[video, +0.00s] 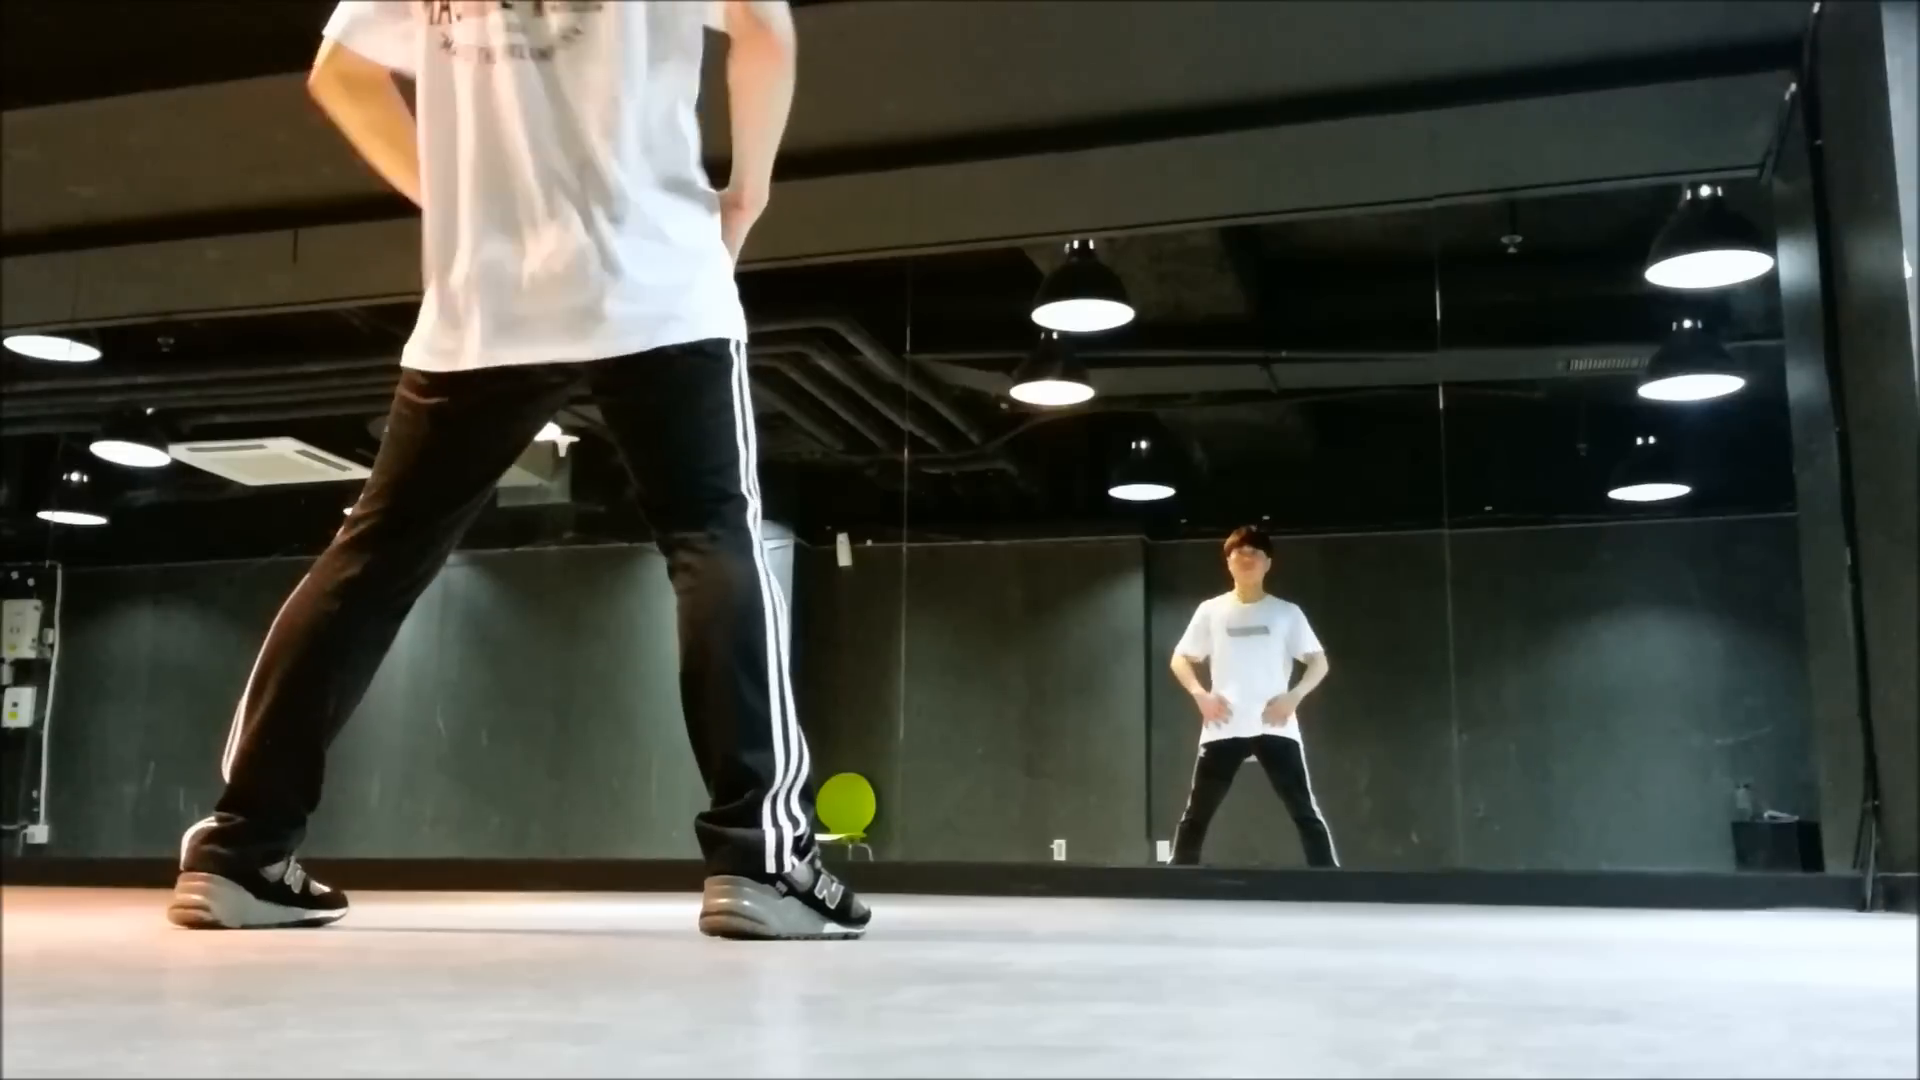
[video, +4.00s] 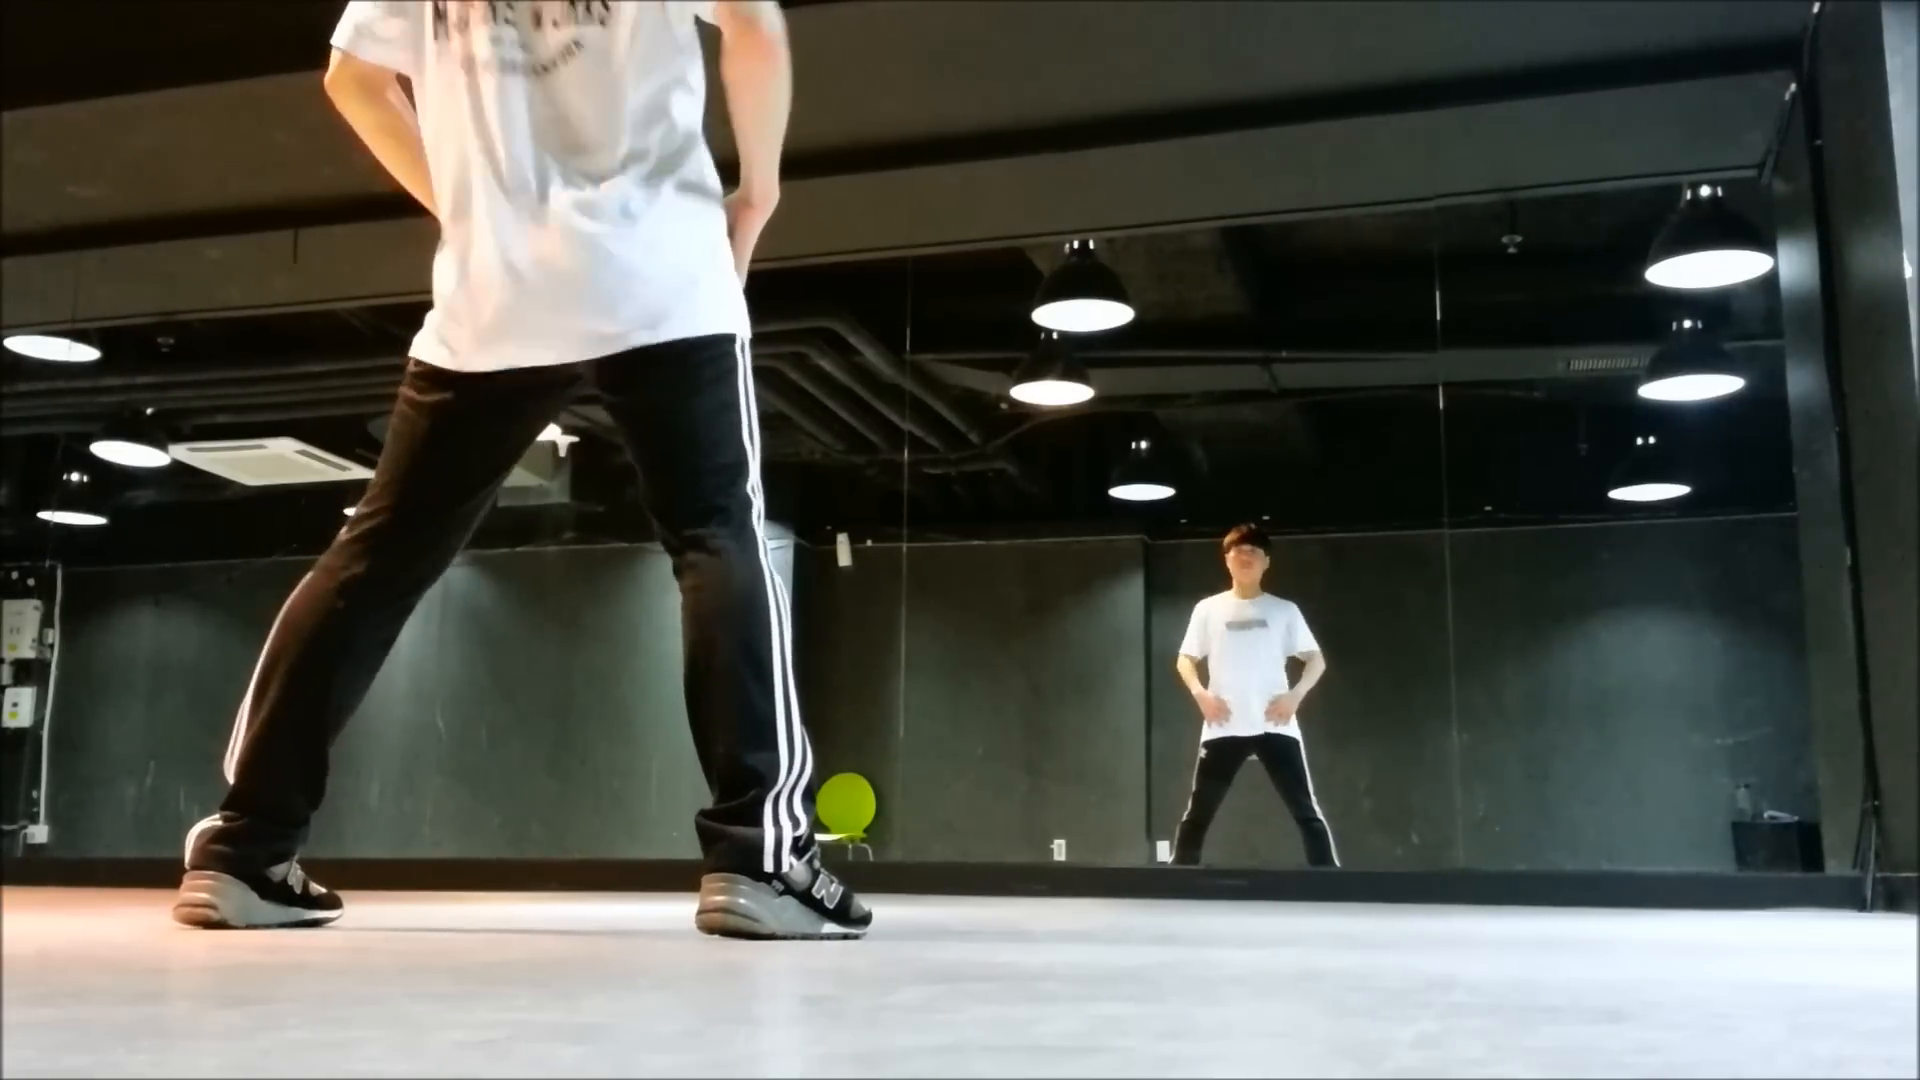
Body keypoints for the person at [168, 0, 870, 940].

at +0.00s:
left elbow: (343, 72)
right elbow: (762, 27)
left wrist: (458, 197)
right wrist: (748, 185)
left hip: (484, 272)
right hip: (654, 270)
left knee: (375, 553)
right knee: (717, 545)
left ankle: (238, 845)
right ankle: (762, 857)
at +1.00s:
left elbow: (379, 74)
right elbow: (771, 27)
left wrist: (474, 210)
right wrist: (741, 194)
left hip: (476, 260)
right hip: (646, 263)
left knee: (365, 553)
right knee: (725, 557)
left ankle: (235, 843)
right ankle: (762, 856)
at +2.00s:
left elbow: (358, 103)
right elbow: (761, 55)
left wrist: (477, 230)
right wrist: (774, 206)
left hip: (520, 286)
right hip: (680, 266)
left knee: (398, 555)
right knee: (738, 542)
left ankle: (243, 843)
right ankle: (762, 850)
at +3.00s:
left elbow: (368, 92)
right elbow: (772, 25)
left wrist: (472, 210)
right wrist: (773, 183)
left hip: (505, 264)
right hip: (679, 254)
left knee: (397, 558)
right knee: (739, 545)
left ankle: (243, 844)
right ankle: (763, 851)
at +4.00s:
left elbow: (355, 75)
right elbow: (752, 26)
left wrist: (464, 204)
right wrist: (758, 187)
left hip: (493, 271)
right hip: (661, 266)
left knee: (378, 554)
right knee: (719, 544)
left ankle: (241, 845)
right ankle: (760, 854)